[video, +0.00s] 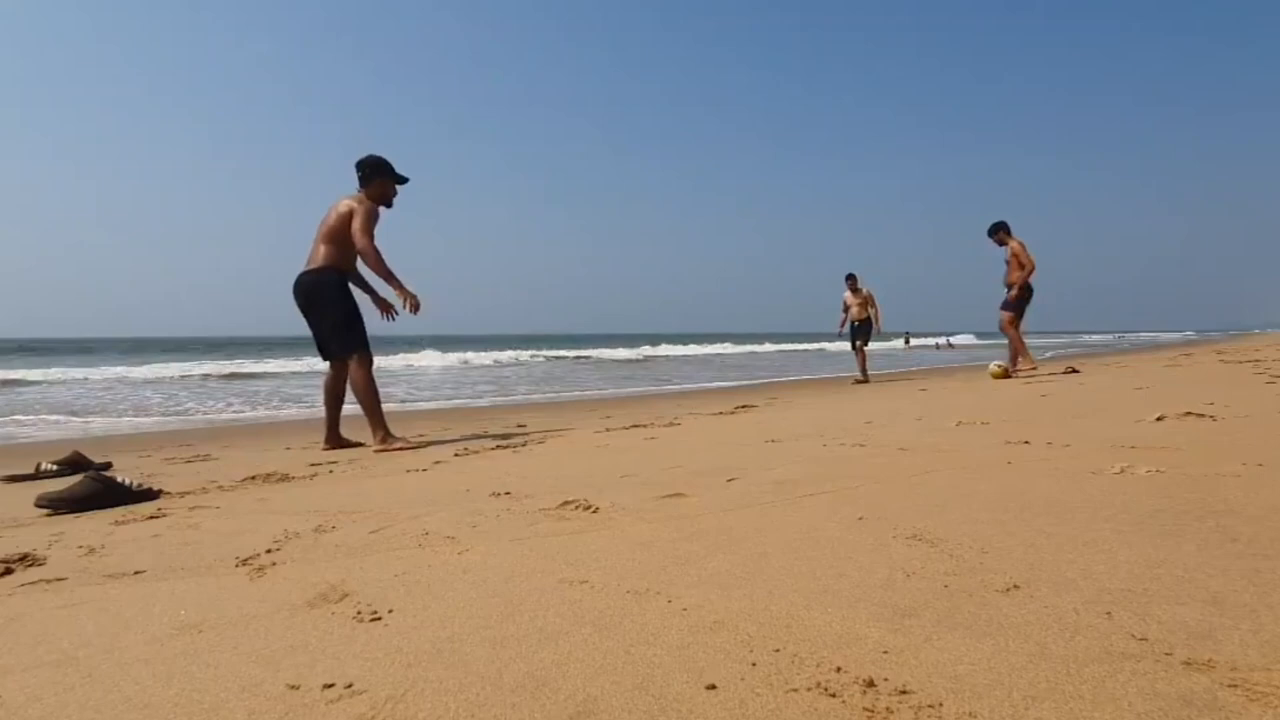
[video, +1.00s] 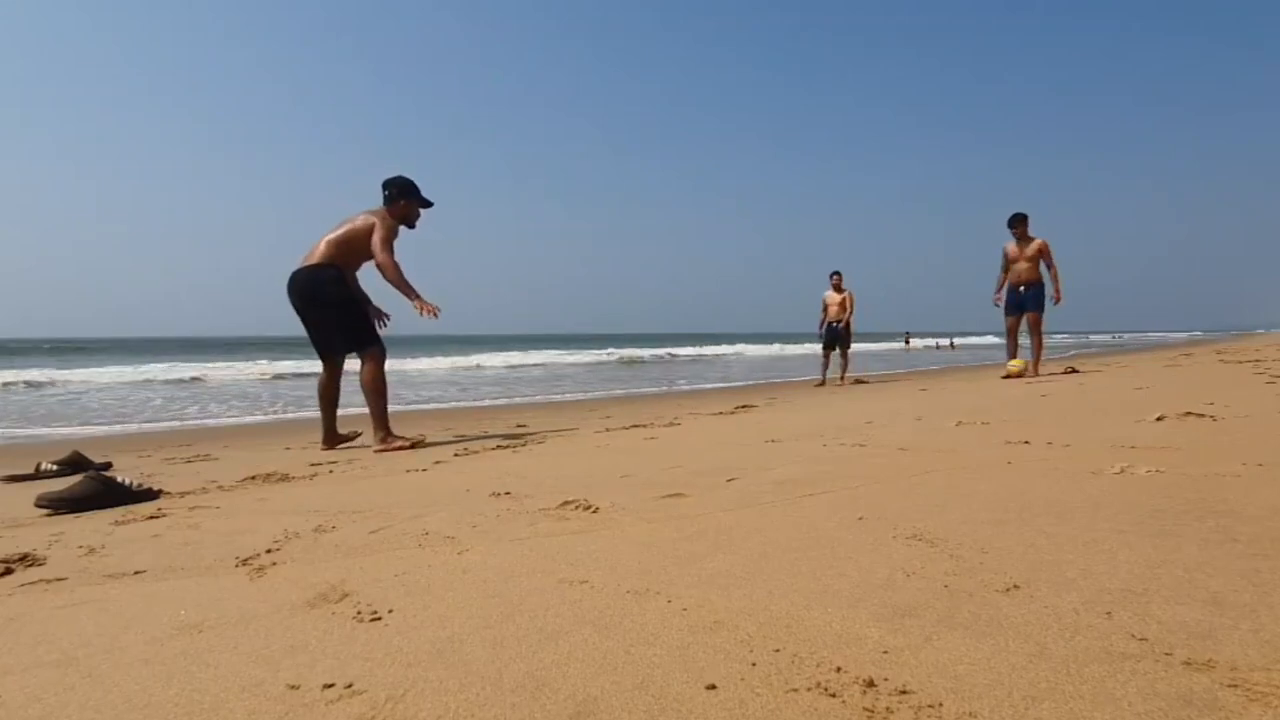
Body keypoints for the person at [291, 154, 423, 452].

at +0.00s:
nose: (395, 191)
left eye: (396, 185)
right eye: (391, 184)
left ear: (366, 184)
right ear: (375, 183)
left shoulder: (344, 207)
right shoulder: (363, 207)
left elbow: (345, 265)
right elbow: (364, 247)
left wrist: (374, 297)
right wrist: (400, 288)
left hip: (309, 284)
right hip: (328, 282)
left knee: (339, 361)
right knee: (360, 358)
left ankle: (332, 435)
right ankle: (382, 435)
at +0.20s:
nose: (398, 201)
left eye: (399, 194)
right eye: (395, 194)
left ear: (369, 193)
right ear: (379, 192)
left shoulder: (347, 213)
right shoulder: (366, 212)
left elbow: (344, 270)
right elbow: (363, 249)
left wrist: (375, 299)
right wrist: (399, 290)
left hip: (303, 285)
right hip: (323, 284)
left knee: (337, 364)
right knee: (357, 360)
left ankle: (332, 436)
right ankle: (381, 435)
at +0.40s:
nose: (407, 208)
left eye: (407, 202)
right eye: (404, 201)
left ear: (379, 200)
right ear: (388, 199)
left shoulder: (356, 220)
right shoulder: (375, 219)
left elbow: (342, 275)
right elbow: (372, 254)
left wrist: (369, 304)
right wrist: (411, 293)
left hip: (302, 284)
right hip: (322, 284)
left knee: (335, 363)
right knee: (361, 357)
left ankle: (331, 436)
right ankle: (382, 436)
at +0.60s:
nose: (415, 215)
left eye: (416, 209)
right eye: (413, 208)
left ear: (389, 204)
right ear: (398, 204)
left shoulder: (364, 223)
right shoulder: (382, 224)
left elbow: (345, 273)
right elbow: (385, 259)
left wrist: (364, 310)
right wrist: (425, 295)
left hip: (301, 285)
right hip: (324, 284)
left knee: (335, 362)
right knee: (372, 355)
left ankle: (332, 436)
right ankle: (383, 436)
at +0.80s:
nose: (420, 216)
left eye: (421, 210)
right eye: (417, 209)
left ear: (396, 205)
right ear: (402, 205)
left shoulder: (365, 223)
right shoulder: (385, 225)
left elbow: (347, 272)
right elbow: (387, 262)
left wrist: (365, 311)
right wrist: (428, 298)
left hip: (302, 285)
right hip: (329, 284)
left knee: (333, 361)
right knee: (378, 354)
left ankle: (331, 435)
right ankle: (384, 435)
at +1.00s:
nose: (419, 213)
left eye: (420, 207)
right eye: (416, 206)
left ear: (393, 203)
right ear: (399, 203)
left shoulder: (366, 220)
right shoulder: (384, 222)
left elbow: (346, 270)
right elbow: (384, 261)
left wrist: (367, 305)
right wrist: (416, 298)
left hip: (302, 282)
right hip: (328, 281)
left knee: (332, 361)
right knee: (373, 354)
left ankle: (329, 435)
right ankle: (382, 435)